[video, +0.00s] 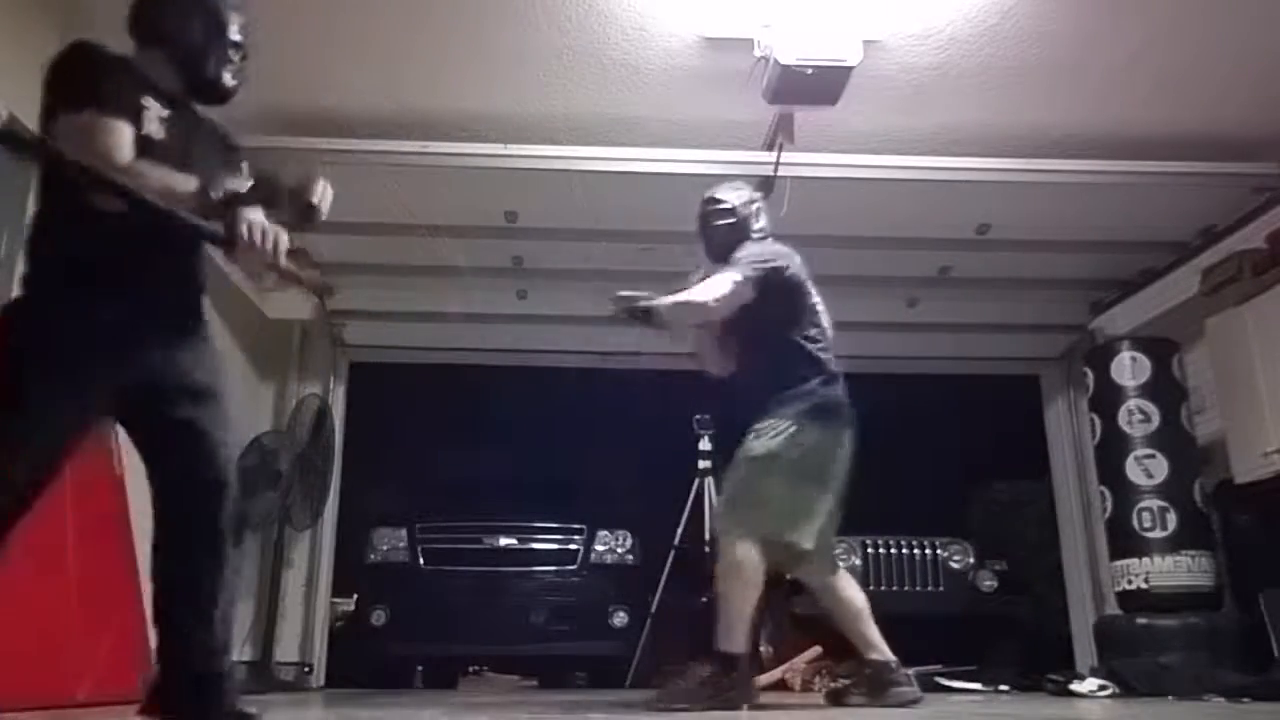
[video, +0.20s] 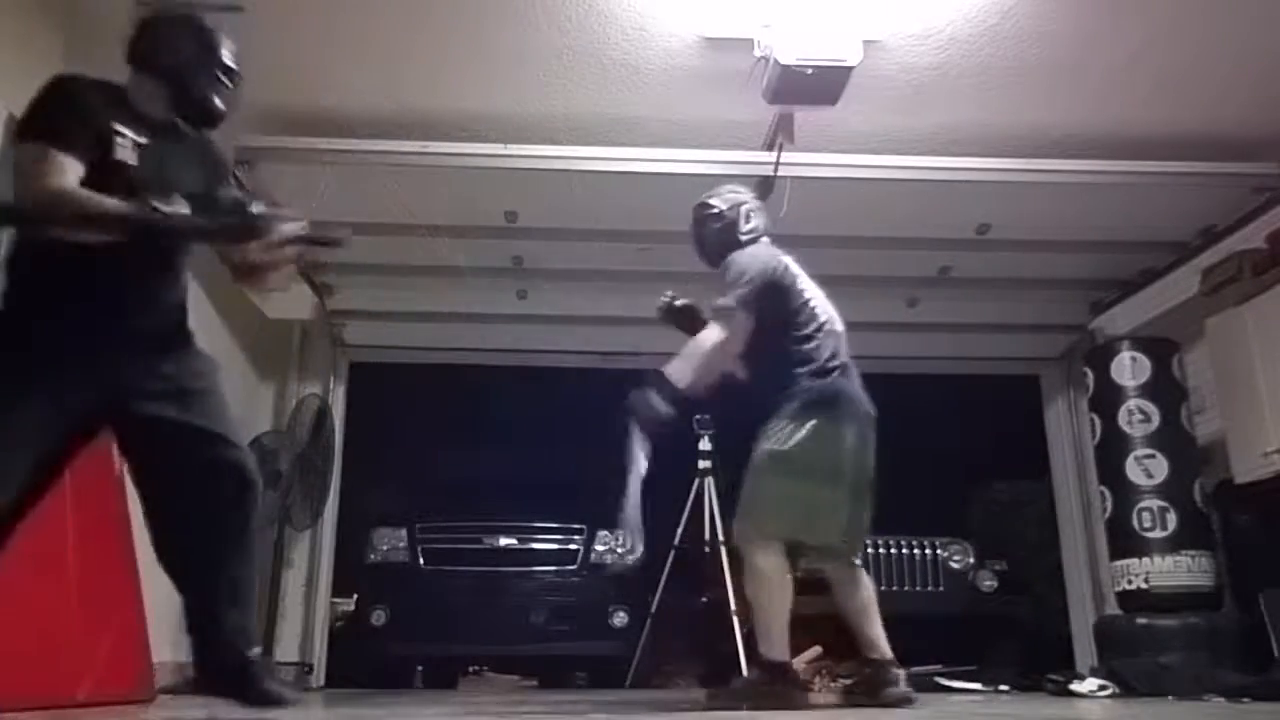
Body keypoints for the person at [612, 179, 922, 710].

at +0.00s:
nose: (714, 223)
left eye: (725, 213)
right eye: (707, 216)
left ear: (754, 217)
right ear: (701, 227)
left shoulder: (768, 254)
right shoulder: (733, 275)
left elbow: (714, 295)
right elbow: (722, 364)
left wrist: (655, 306)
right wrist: (695, 325)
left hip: (804, 408)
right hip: (807, 413)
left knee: (737, 525)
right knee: (810, 555)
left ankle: (729, 670)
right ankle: (886, 669)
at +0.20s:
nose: (700, 229)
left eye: (711, 217)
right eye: (697, 221)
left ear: (748, 219)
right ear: (755, 228)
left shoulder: (752, 260)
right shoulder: (778, 266)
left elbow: (724, 335)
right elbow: (753, 361)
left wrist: (666, 386)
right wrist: (697, 328)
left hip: (811, 409)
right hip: (853, 413)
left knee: (758, 535)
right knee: (837, 550)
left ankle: (774, 671)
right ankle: (884, 669)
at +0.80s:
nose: (703, 253)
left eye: (711, 240)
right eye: (705, 241)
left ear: (739, 242)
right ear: (762, 243)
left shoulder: (752, 280)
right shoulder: (799, 282)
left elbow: (698, 350)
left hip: (812, 421)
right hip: (861, 429)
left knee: (727, 531)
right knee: (858, 567)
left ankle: (746, 667)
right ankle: (959, 666)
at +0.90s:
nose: (697, 256)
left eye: (704, 244)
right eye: (698, 246)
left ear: (736, 240)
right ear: (753, 241)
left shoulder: (744, 285)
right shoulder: (801, 285)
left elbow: (684, 356)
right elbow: (791, 345)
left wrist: (624, 380)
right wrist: (733, 363)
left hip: (809, 420)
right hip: (859, 427)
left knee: (727, 532)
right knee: (848, 566)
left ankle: (750, 668)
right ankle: (946, 654)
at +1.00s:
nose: (700, 242)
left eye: (711, 230)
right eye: (701, 234)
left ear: (748, 233)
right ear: (757, 239)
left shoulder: (745, 279)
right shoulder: (791, 281)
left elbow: (700, 359)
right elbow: (783, 367)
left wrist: (669, 401)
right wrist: (741, 379)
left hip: (809, 418)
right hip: (857, 426)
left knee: (729, 535)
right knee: (856, 563)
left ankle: (749, 668)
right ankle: (954, 661)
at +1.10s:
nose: (703, 241)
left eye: (715, 228)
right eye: (702, 233)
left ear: (753, 232)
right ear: (755, 241)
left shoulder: (752, 274)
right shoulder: (781, 277)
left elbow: (703, 349)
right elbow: (765, 386)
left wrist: (682, 391)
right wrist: (722, 363)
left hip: (812, 414)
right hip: (856, 424)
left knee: (735, 535)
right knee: (855, 564)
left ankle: (749, 669)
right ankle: (945, 653)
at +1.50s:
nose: (740, 228)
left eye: (752, 218)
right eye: (733, 221)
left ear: (782, 226)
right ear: (726, 237)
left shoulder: (793, 270)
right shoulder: (768, 283)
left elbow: (763, 338)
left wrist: (703, 376)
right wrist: (730, 319)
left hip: (810, 434)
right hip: (824, 437)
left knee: (740, 533)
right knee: (862, 559)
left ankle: (757, 671)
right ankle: (954, 665)